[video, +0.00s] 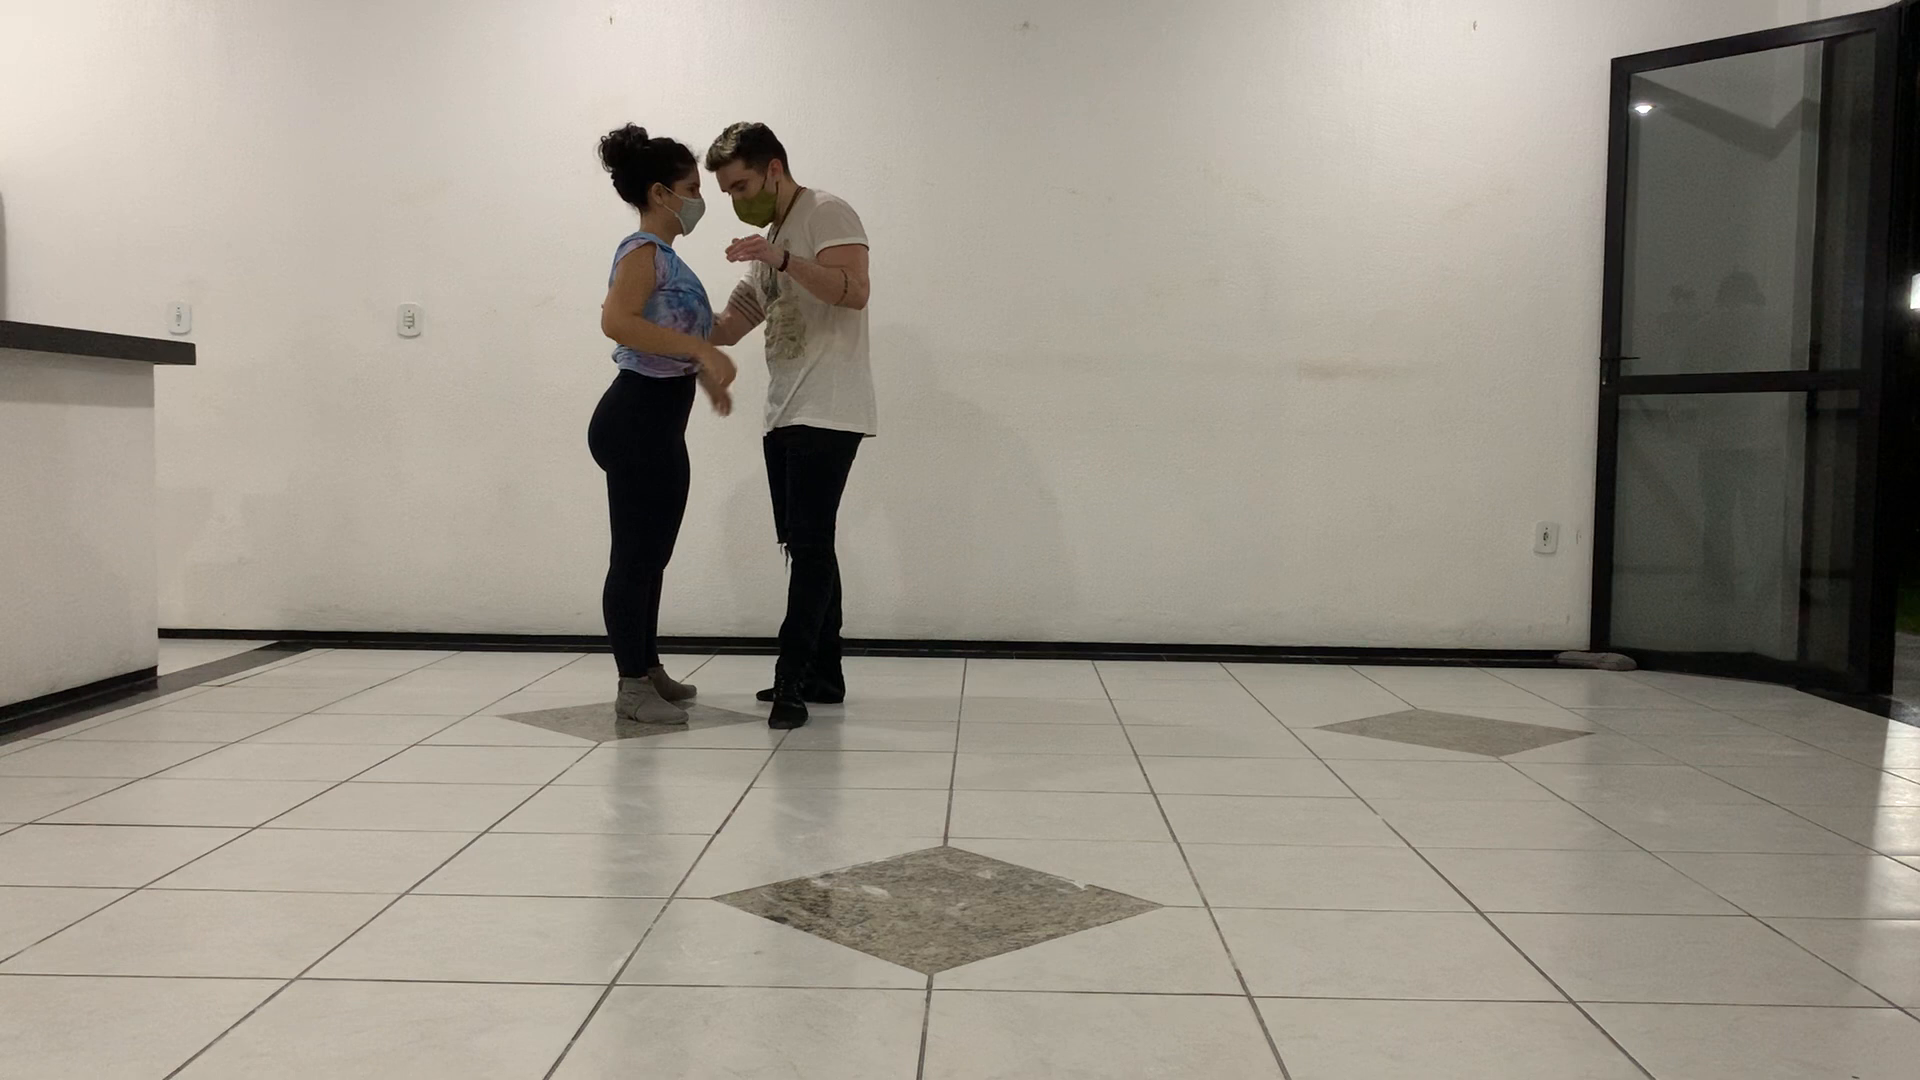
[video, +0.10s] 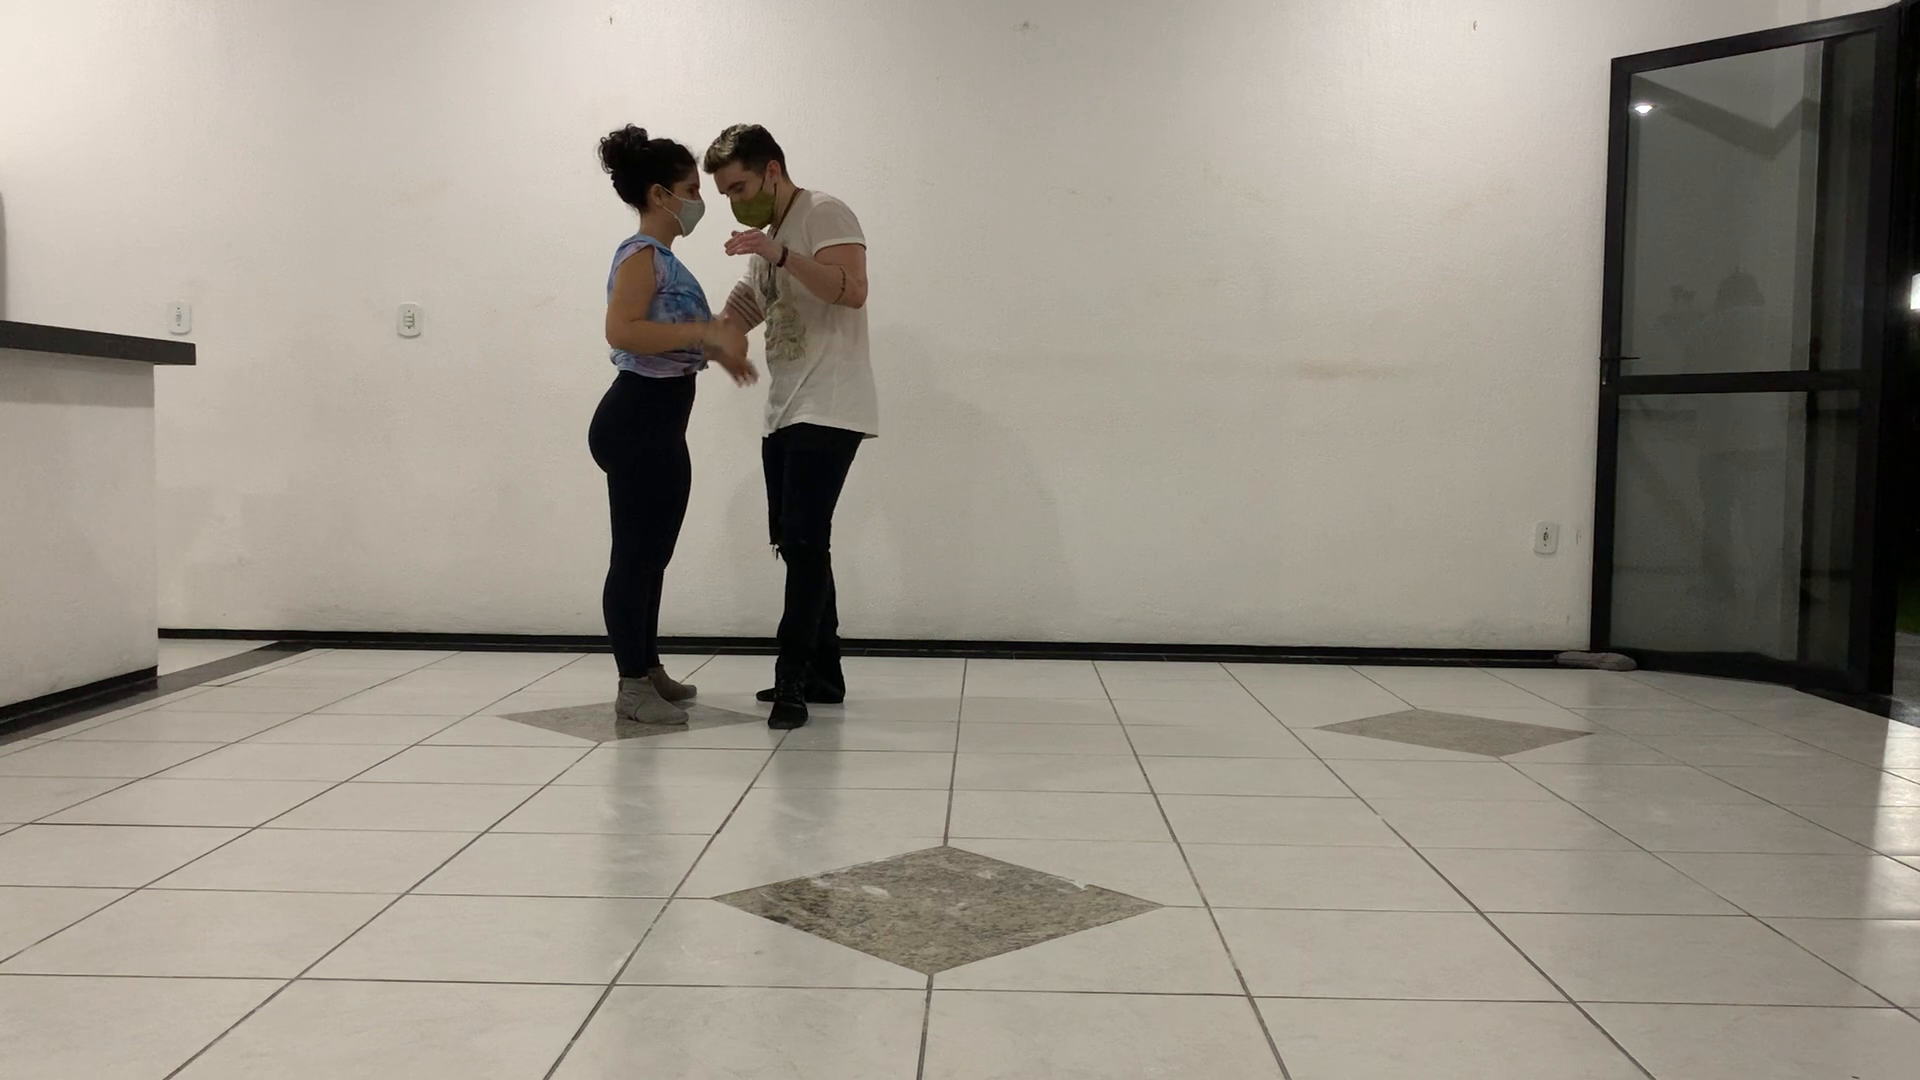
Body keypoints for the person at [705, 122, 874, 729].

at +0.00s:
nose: (734, 203)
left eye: (739, 188)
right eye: (727, 192)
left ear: (775, 170)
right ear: (736, 187)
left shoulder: (828, 213)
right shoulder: (767, 252)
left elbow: (854, 291)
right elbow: (728, 328)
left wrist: (779, 258)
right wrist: (662, 319)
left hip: (831, 405)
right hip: (786, 409)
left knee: (808, 542)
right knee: (803, 544)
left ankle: (795, 685)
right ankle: (822, 676)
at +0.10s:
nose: (733, 205)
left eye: (738, 191)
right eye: (726, 195)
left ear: (773, 171)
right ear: (739, 188)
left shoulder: (826, 214)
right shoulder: (770, 245)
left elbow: (853, 290)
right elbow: (741, 311)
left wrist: (778, 254)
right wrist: (721, 337)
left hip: (832, 404)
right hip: (786, 407)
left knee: (804, 539)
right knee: (796, 542)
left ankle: (794, 687)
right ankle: (822, 674)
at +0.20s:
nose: (732, 207)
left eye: (737, 192)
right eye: (724, 197)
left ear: (772, 173)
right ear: (729, 192)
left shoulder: (824, 216)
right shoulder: (764, 249)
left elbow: (853, 291)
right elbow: (736, 323)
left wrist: (781, 252)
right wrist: (676, 330)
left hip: (833, 402)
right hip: (786, 407)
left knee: (795, 532)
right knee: (791, 538)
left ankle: (805, 681)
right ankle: (821, 672)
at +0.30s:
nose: (732, 208)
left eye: (736, 194)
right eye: (724, 198)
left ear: (772, 174)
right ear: (727, 194)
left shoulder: (823, 216)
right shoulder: (767, 253)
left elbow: (853, 292)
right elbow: (730, 335)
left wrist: (782, 252)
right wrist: (662, 328)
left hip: (833, 398)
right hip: (789, 405)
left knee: (794, 523)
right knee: (783, 534)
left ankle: (823, 673)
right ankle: (813, 665)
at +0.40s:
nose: (731, 208)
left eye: (736, 193)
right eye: (723, 198)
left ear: (772, 176)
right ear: (726, 195)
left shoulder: (820, 217)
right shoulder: (767, 256)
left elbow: (851, 293)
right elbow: (729, 337)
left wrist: (781, 252)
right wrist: (661, 323)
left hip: (830, 403)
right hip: (792, 408)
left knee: (802, 530)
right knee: (783, 536)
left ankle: (833, 680)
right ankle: (814, 666)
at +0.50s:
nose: (732, 209)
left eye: (736, 194)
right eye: (723, 199)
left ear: (772, 176)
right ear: (728, 197)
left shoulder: (818, 217)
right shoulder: (767, 257)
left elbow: (847, 291)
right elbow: (728, 337)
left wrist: (775, 249)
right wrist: (659, 328)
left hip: (828, 407)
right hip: (790, 412)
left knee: (811, 537)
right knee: (782, 539)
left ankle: (841, 685)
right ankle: (816, 666)